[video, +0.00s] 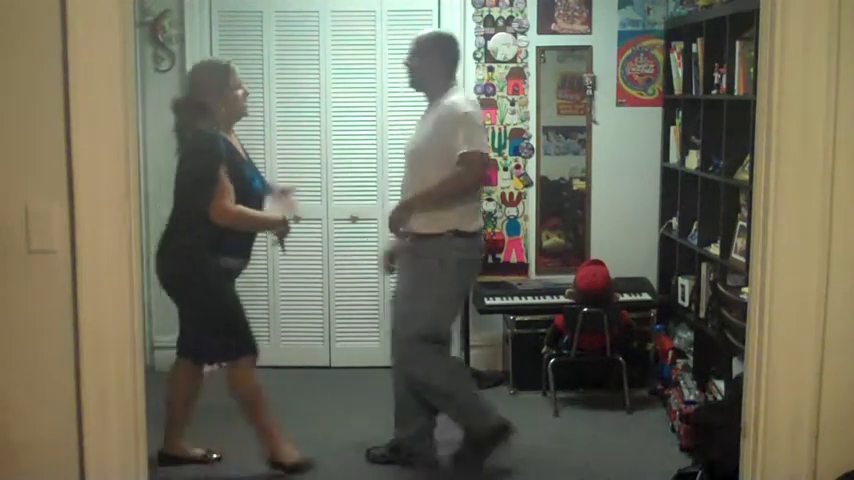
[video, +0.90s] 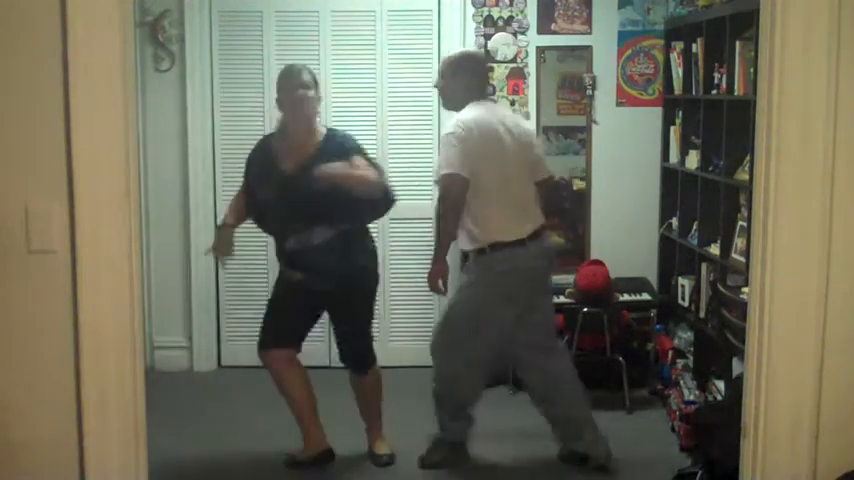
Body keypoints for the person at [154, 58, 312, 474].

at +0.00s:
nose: (245, 92)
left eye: (242, 85)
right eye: (237, 87)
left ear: (218, 96)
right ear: (216, 97)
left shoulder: (225, 138)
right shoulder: (208, 143)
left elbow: (238, 188)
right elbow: (219, 211)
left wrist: (273, 195)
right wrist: (272, 221)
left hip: (208, 260)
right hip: (195, 263)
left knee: (191, 354)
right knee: (240, 352)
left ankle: (174, 445)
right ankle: (276, 449)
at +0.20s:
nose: (269, 98)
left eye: (266, 92)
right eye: (260, 94)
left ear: (241, 105)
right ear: (237, 104)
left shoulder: (250, 144)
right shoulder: (234, 148)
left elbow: (279, 171)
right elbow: (230, 214)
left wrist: (324, 165)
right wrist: (289, 231)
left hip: (245, 269)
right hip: (228, 271)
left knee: (230, 356)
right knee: (276, 356)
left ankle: (182, 437)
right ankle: (289, 452)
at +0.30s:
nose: (283, 98)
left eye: (280, 92)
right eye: (275, 93)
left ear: (255, 103)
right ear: (252, 103)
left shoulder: (270, 143)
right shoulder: (246, 146)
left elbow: (306, 167)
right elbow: (239, 211)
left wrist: (353, 157)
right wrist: (299, 232)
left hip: (269, 267)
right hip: (245, 269)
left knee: (282, 353)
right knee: (284, 354)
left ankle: (216, 411)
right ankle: (290, 455)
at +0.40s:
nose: (295, 98)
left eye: (292, 92)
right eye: (287, 94)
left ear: (276, 104)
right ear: (263, 104)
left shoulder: (295, 144)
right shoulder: (254, 148)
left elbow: (329, 161)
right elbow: (244, 212)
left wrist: (376, 147)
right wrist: (303, 225)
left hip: (290, 265)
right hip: (253, 268)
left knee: (325, 350)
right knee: (290, 358)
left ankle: (278, 415)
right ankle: (288, 447)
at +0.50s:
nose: (306, 98)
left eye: (303, 92)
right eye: (298, 93)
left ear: (289, 103)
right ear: (273, 104)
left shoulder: (315, 144)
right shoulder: (260, 154)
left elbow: (354, 156)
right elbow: (247, 217)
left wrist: (395, 144)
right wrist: (302, 223)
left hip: (309, 265)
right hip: (263, 268)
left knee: (343, 349)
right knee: (291, 362)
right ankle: (289, 454)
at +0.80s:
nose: (320, 92)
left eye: (319, 85)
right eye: (310, 88)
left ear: (319, 95)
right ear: (285, 101)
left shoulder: (349, 143)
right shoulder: (262, 156)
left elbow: (390, 184)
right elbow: (230, 209)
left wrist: (390, 177)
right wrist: (244, 232)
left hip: (351, 266)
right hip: (292, 267)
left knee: (364, 355)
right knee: (275, 350)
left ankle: (377, 437)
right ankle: (310, 439)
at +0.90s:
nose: (305, 94)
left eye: (310, 87)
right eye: (296, 88)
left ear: (319, 95)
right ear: (279, 100)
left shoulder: (339, 144)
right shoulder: (266, 152)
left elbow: (376, 183)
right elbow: (249, 194)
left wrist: (338, 174)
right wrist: (226, 228)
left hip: (350, 266)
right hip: (298, 270)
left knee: (359, 356)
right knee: (276, 350)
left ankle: (376, 438)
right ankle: (316, 444)